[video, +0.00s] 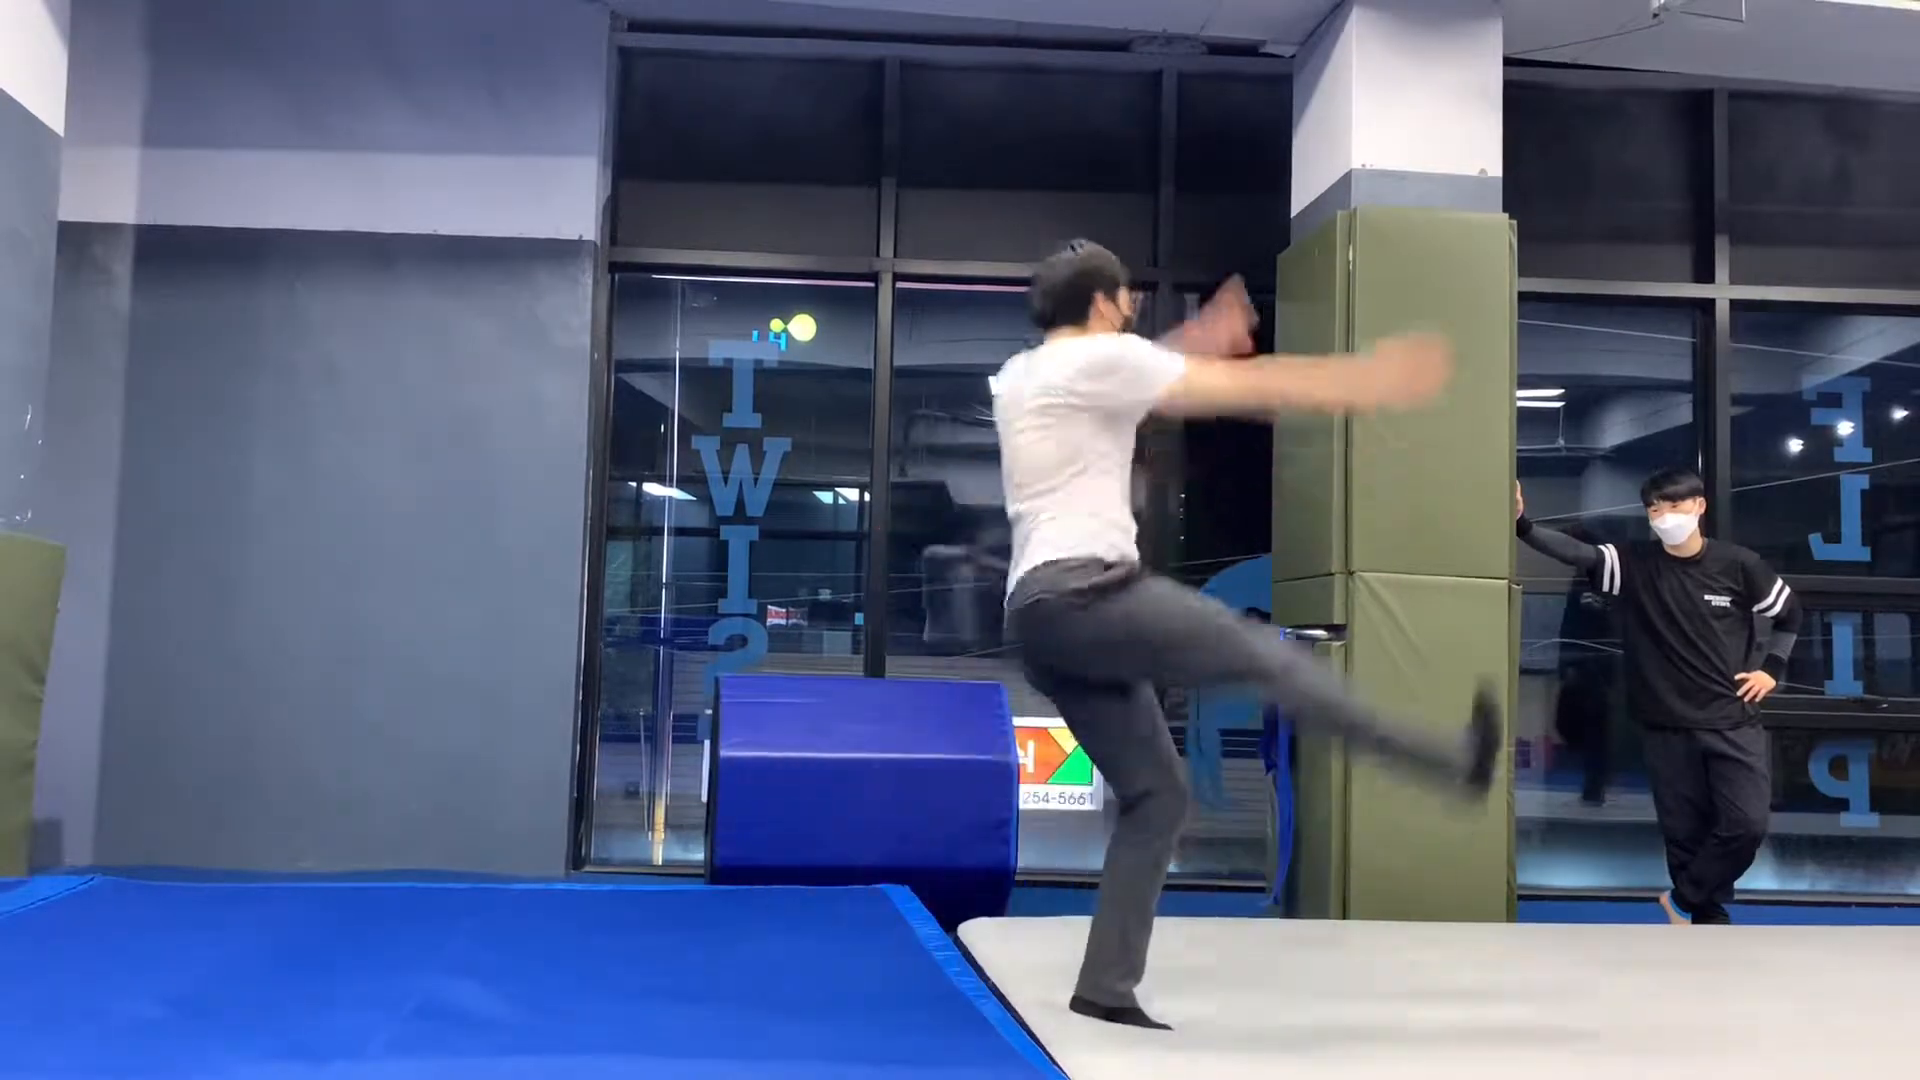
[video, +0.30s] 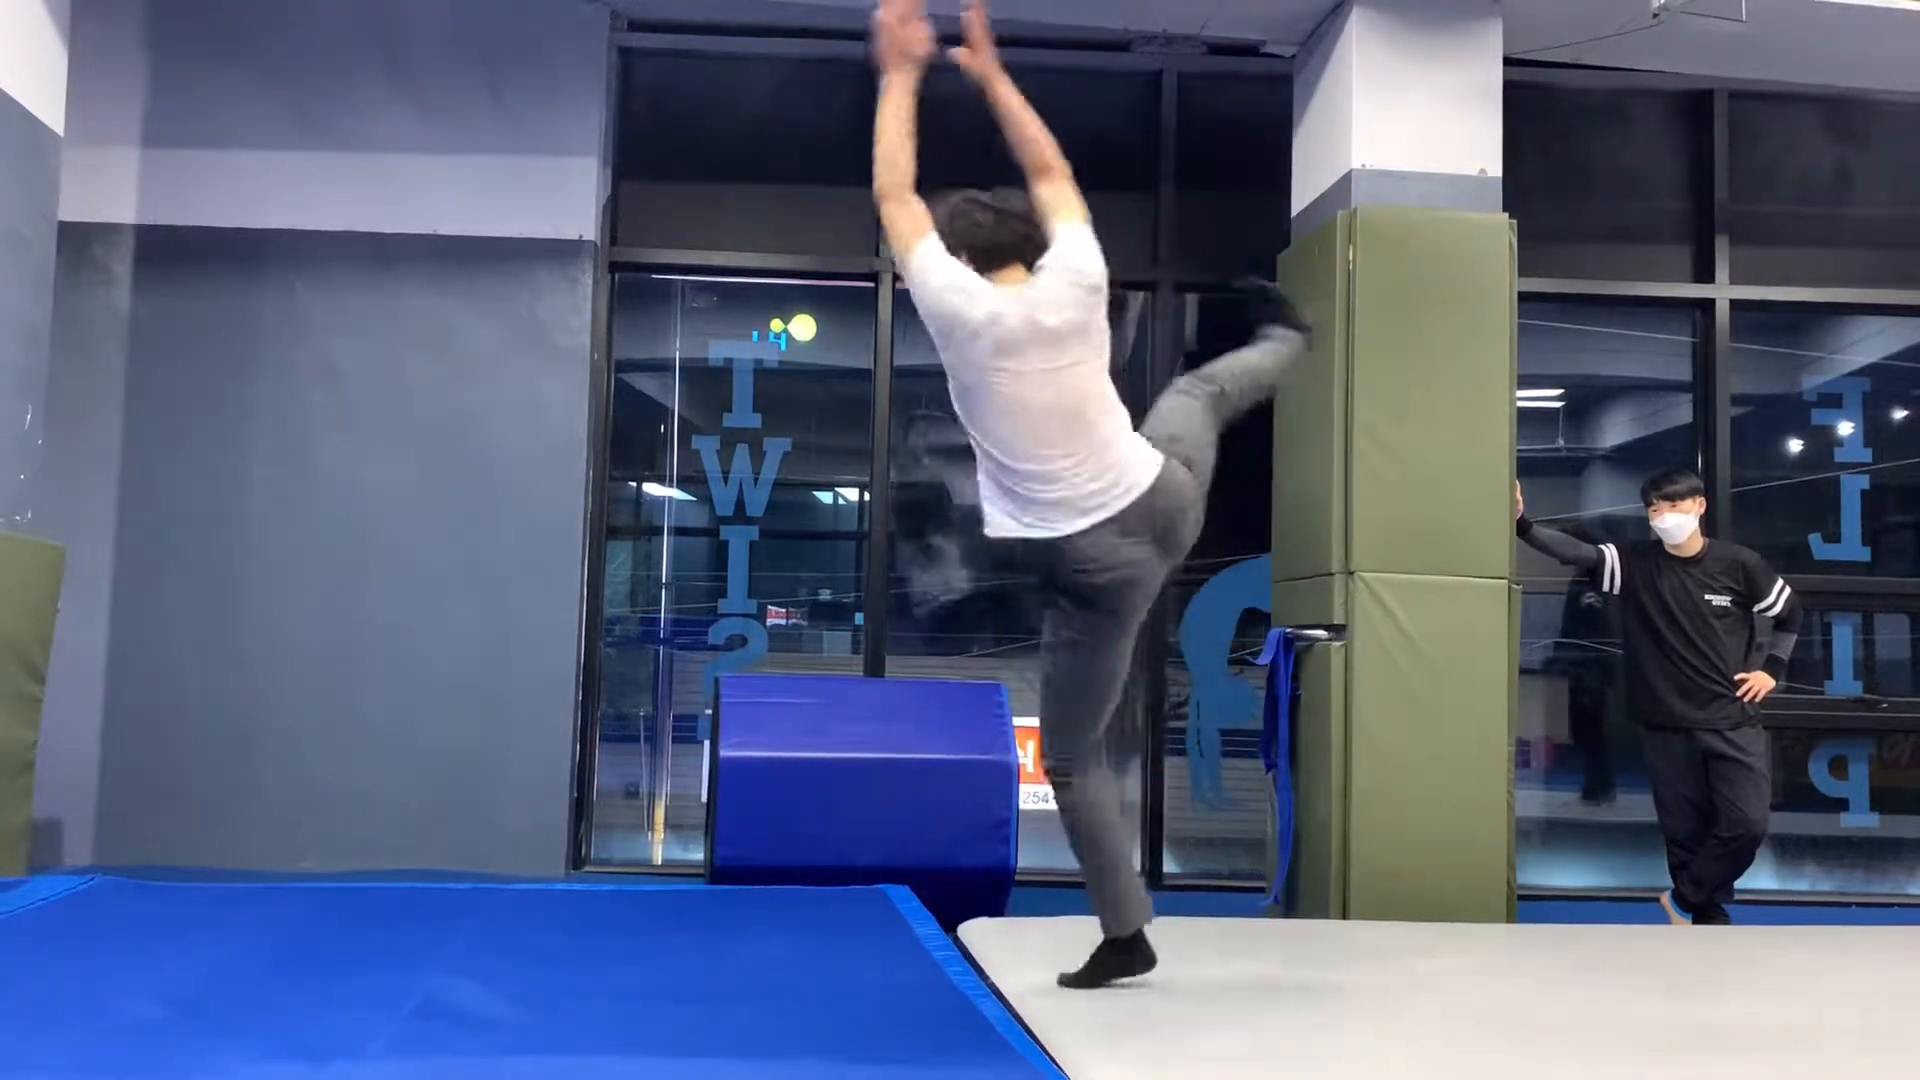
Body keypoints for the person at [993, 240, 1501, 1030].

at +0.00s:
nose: (1132, 312)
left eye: (1131, 300)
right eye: (1127, 299)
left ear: (1052, 311)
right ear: (1101, 305)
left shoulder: (1015, 378)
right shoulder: (1107, 360)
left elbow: (1121, 384)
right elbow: (1245, 386)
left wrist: (1195, 345)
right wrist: (1369, 376)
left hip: (1040, 616)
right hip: (1091, 596)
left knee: (1154, 796)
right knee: (1269, 661)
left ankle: (1105, 989)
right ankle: (1457, 762)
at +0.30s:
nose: (935, 258)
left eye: (940, 248)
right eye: (944, 243)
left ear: (962, 262)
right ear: (1021, 241)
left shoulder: (959, 310)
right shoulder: (1077, 279)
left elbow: (894, 191)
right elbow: (1050, 173)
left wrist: (898, 72)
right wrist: (992, 73)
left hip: (1098, 569)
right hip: (1164, 503)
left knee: (1074, 757)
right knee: (1196, 393)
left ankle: (1127, 936)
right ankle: (1291, 342)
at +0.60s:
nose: (895, 474)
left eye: (899, 460)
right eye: (884, 462)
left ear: (938, 438)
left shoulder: (996, 520)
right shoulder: (947, 398)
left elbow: (891, 602)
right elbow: (836, 351)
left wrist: (795, 691)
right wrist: (752, 311)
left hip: (1110, 623)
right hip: (1120, 537)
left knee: (1033, 799)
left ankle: (1130, 954)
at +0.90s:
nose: (826, 827)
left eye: (844, 829)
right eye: (825, 815)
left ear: (904, 800)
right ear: (823, 769)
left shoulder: (936, 782)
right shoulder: (786, 700)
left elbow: (916, 927)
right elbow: (713, 828)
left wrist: (914, 1061)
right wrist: (666, 974)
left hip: (979, 532)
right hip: (888, 480)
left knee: (1045, 679)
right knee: (730, 457)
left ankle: (1152, 796)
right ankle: (659, 374)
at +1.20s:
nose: (753, 911)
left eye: (786, 916)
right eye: (753, 902)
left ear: (844, 846)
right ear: (736, 843)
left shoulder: (867, 787)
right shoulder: (678, 787)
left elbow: (886, 921)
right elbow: (632, 955)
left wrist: (915, 1046)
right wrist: (627, 1075)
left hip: (722, 535)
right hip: (616, 556)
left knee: (738, 426)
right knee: (522, 783)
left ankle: (766, 356)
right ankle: (396, 943)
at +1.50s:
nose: (755, 724)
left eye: (761, 707)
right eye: (758, 723)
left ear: (735, 630)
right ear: (722, 728)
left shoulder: (709, 569)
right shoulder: (604, 750)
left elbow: (828, 466)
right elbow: (605, 915)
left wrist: (939, 404)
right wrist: (628, 1066)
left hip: (402, 542)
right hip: (382, 648)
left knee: (190, 638)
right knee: (469, 859)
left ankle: (0, 679)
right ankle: (415, 1040)